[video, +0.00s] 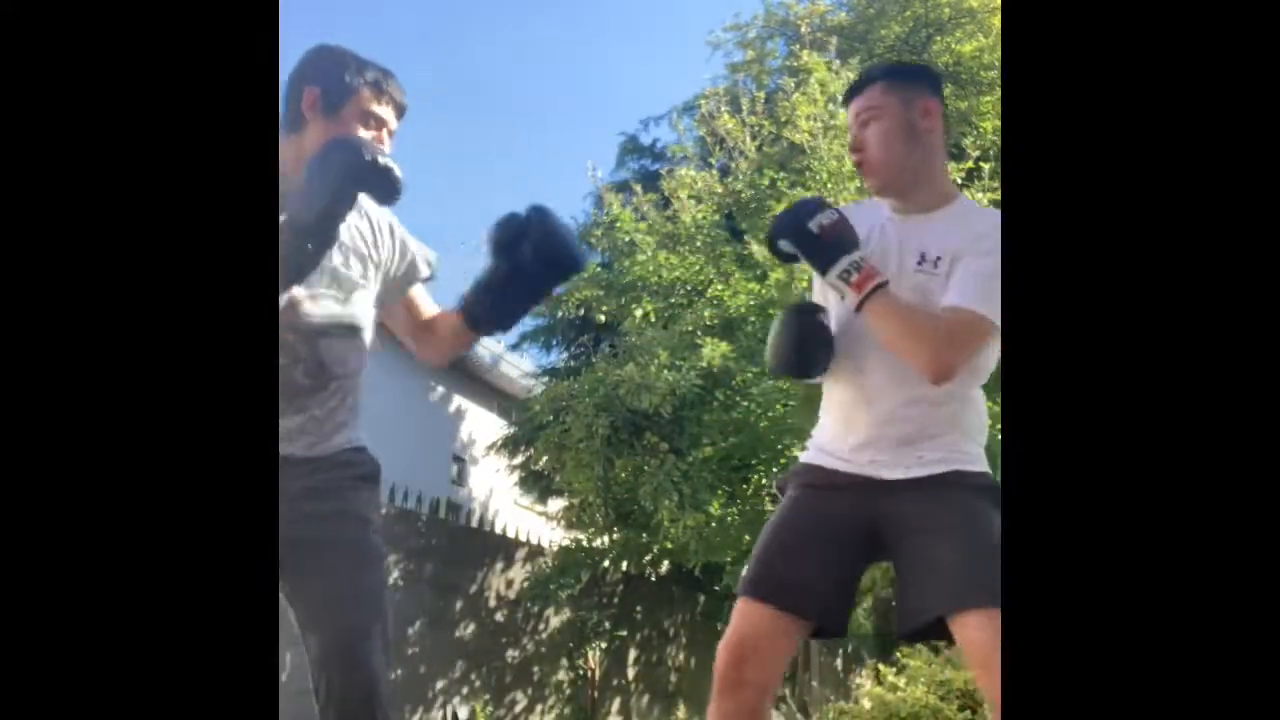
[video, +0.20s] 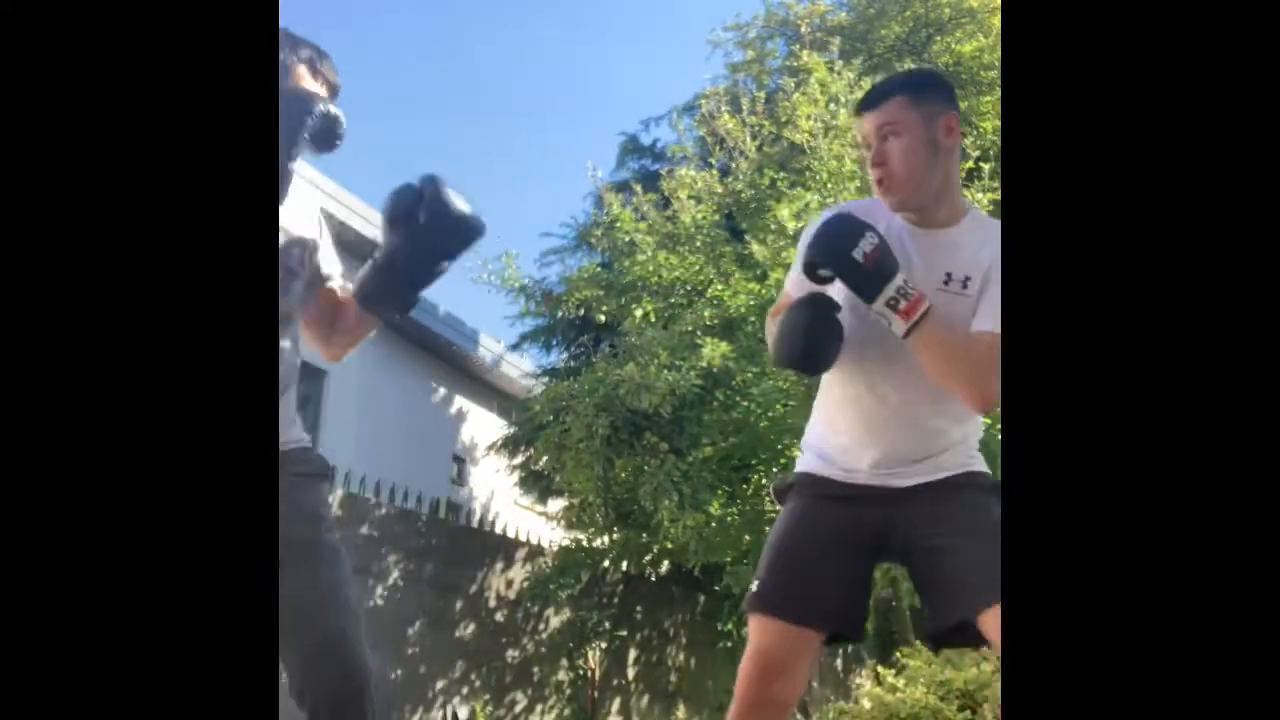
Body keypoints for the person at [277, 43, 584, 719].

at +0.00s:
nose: (385, 147)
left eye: (391, 135)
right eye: (374, 125)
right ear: (313, 103)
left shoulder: (374, 227)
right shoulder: (284, 206)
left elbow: (431, 340)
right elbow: (284, 294)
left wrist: (511, 285)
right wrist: (310, 217)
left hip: (324, 474)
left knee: (356, 683)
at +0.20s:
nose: (319, 126)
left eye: (325, 115)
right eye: (308, 103)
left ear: (325, 121)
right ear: (277, 86)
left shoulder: (297, 225)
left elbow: (331, 334)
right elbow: (330, 333)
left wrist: (403, 266)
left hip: (288, 454)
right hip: (289, 454)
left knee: (342, 684)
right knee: (337, 683)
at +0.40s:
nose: (352, 77)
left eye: (356, 65)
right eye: (343, 59)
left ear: (326, 82)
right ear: (299, 64)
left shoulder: (292, 178)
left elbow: (359, 282)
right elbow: (359, 280)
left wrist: (382, 161)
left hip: (282, 432)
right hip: (281, 435)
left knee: (321, 650)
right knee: (318, 652)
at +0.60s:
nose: (377, 134)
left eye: (388, 117)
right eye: (378, 106)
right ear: (342, 71)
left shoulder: (318, 191)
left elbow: (419, 305)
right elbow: (344, 232)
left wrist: (456, 184)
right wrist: (412, 121)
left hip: (284, 450)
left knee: (337, 675)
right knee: (334, 675)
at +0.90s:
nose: (343, 102)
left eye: (353, 88)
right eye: (337, 70)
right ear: (287, 41)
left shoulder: (290, 188)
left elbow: (318, 344)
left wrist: (437, 291)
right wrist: (396, 223)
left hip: (282, 463)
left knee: (346, 658)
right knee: (342, 657)